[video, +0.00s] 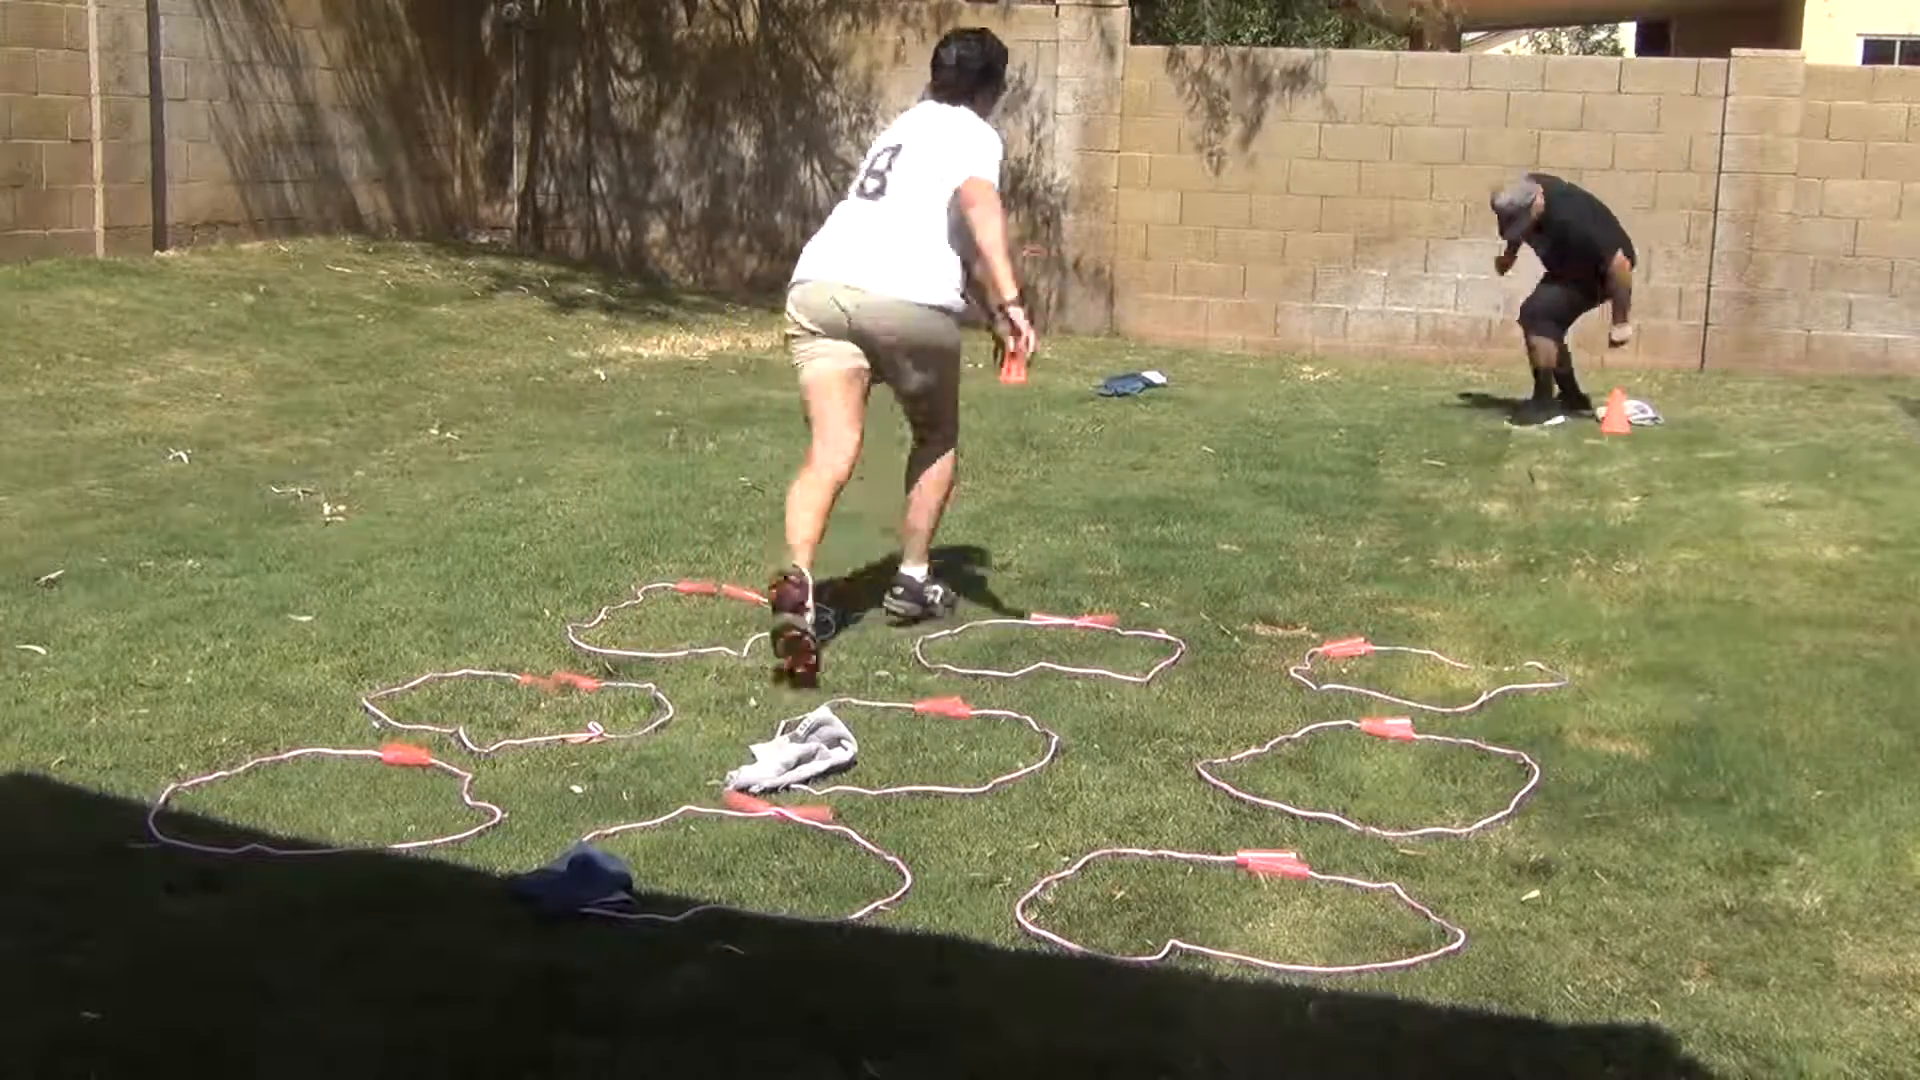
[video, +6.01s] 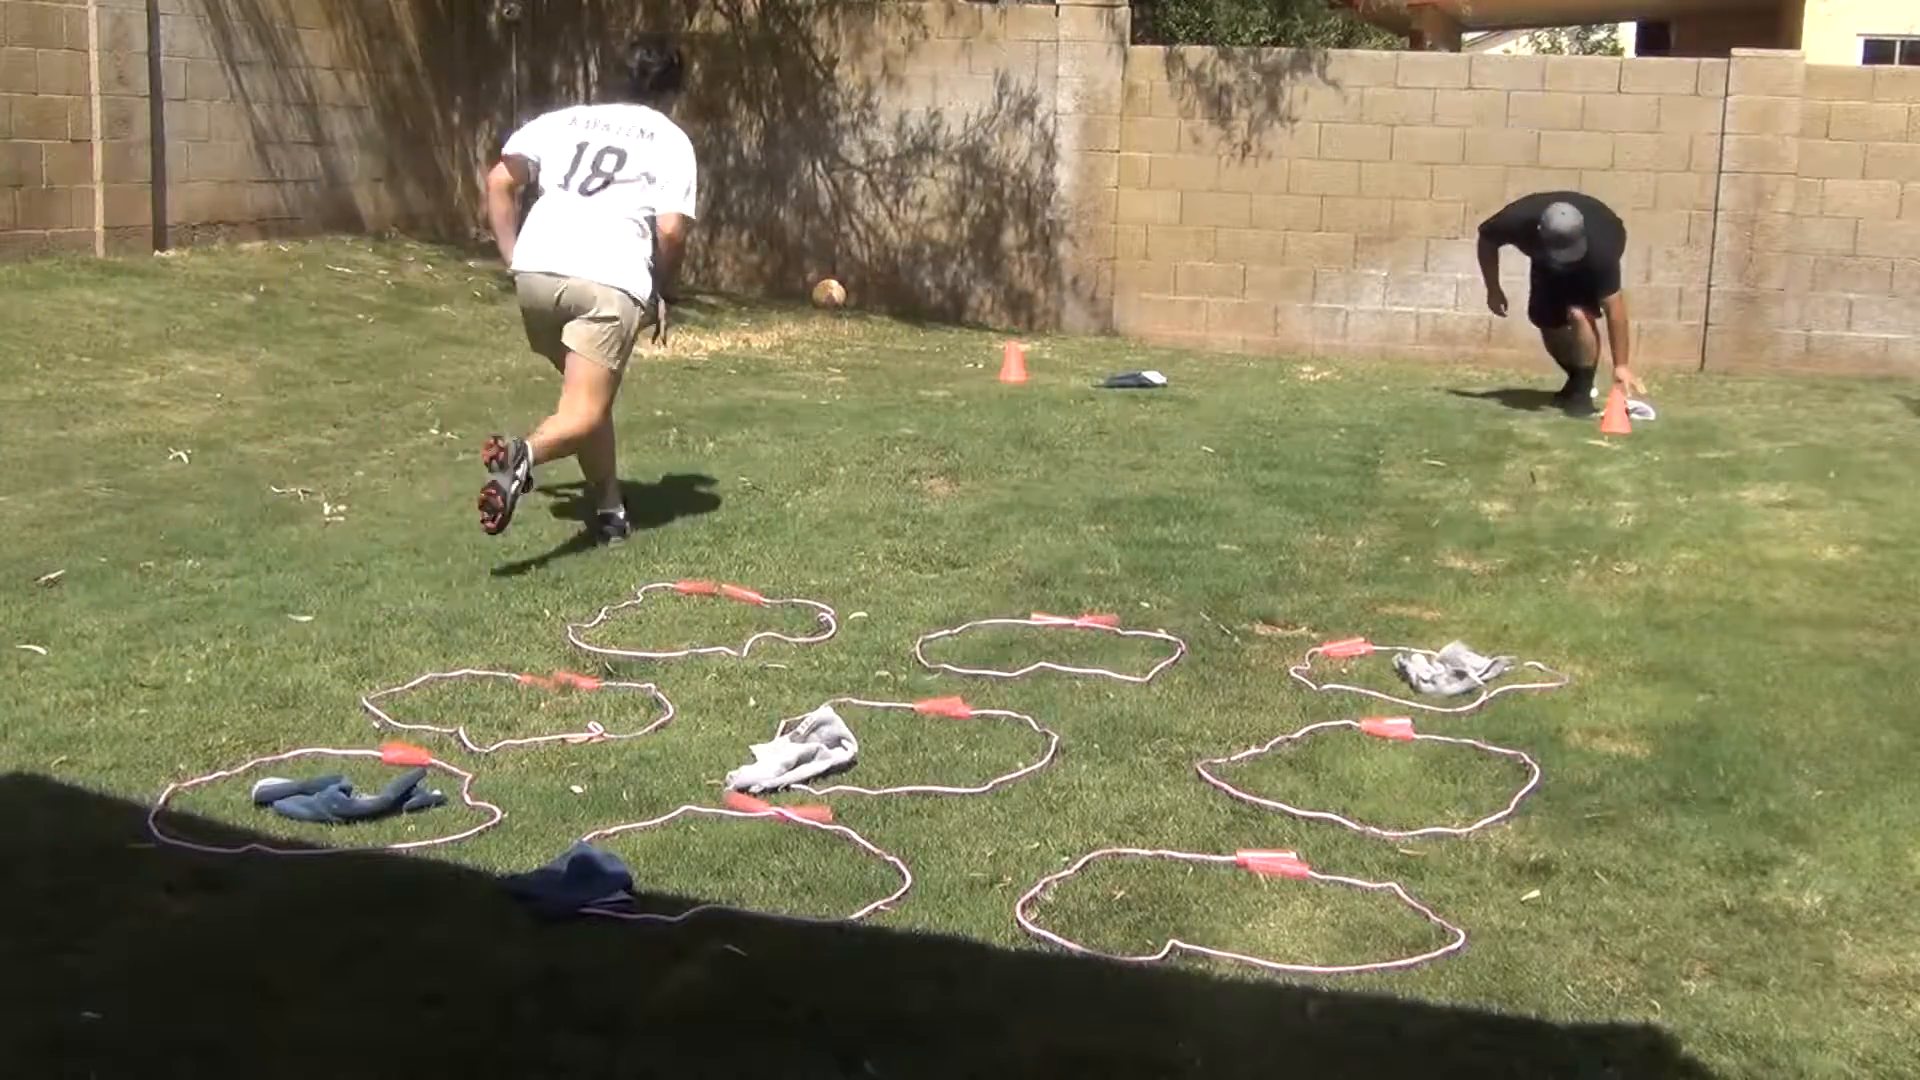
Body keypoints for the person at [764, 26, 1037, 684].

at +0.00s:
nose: (999, 98)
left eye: (998, 88)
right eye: (1000, 88)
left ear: (933, 78)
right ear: (992, 88)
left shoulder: (898, 129)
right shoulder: (976, 135)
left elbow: (905, 246)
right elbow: (978, 205)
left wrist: (986, 313)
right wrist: (1010, 304)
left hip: (818, 287)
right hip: (907, 300)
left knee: (829, 453)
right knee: (935, 437)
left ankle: (795, 578)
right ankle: (913, 581)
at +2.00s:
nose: (1166, 240)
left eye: (1172, 235)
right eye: (1170, 233)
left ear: (1158, 219)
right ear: (1162, 222)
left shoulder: (1128, 232)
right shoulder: (1132, 217)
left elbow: (1122, 283)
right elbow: (1080, 232)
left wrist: (1124, 336)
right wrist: (1089, 282)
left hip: (1026, 238)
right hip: (1036, 243)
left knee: (1076, 300)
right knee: (1101, 300)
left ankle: (1054, 365)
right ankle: (1091, 380)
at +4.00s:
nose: (828, 65)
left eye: (841, 53)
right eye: (819, 54)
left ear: (867, 58)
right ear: (809, 60)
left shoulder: (900, 119)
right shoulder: (785, 120)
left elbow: (989, 158)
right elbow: (729, 197)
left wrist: (998, 244)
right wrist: (751, 197)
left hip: (883, 284)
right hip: (816, 298)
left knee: (839, 401)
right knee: (875, 420)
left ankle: (841, 546)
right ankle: (932, 488)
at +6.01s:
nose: (672, 97)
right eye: (675, 89)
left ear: (624, 78)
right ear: (673, 90)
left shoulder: (564, 119)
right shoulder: (673, 141)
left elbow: (499, 180)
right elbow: (671, 233)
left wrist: (515, 259)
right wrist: (664, 292)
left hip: (536, 271)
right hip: (612, 278)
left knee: (591, 395)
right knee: (581, 414)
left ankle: (609, 510)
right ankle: (524, 457)